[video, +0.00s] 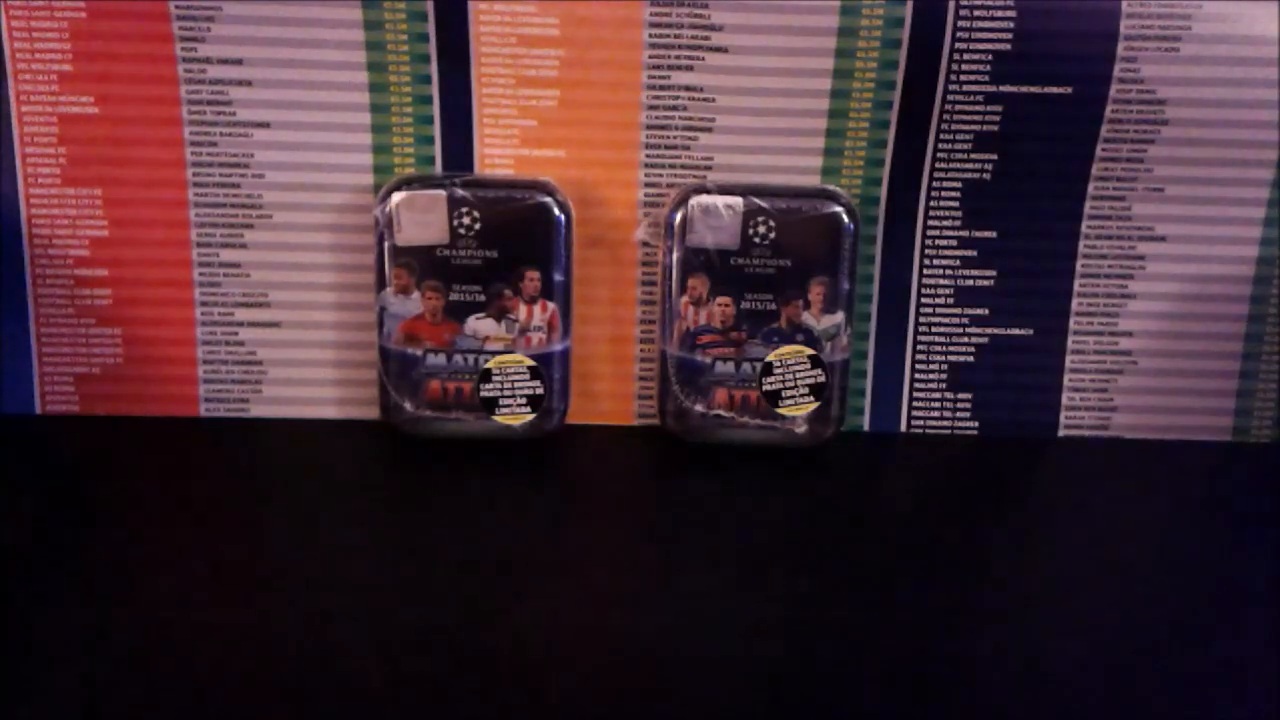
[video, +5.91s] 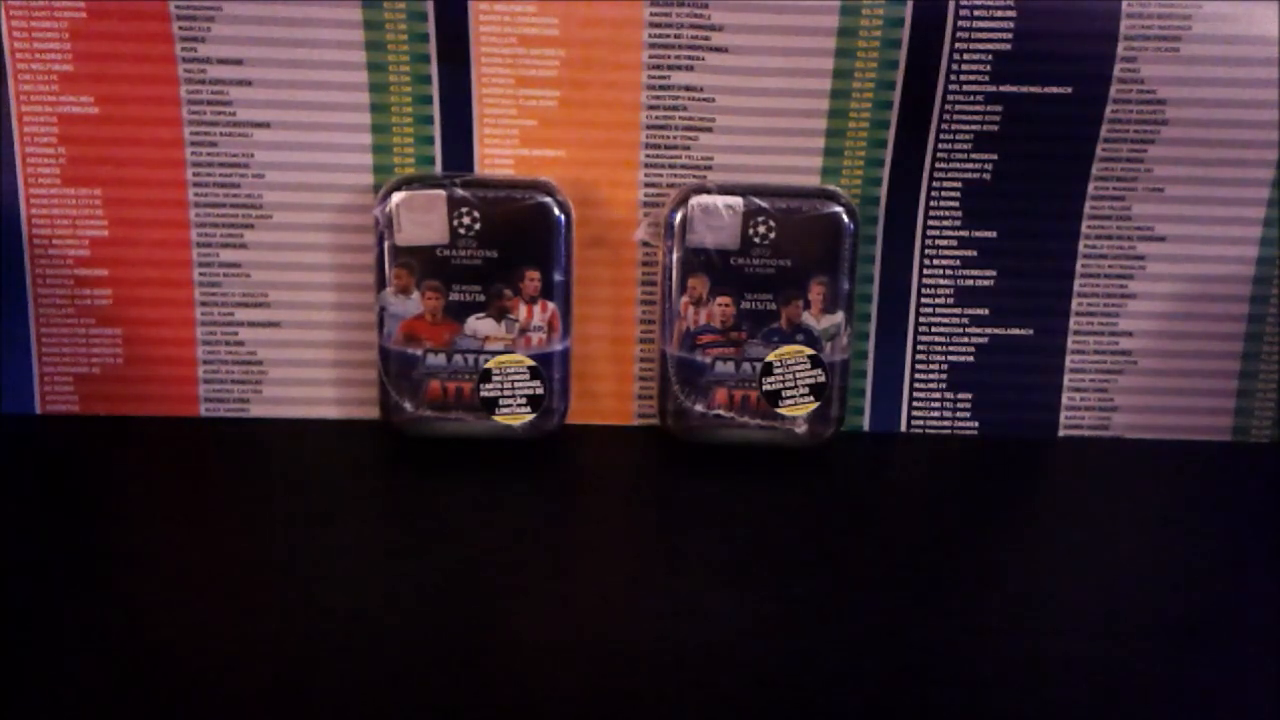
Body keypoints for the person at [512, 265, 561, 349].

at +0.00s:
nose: (536, 285)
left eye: (538, 280)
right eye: (531, 280)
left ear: (541, 283)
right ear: (521, 284)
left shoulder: (551, 308)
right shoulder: (512, 306)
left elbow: (556, 339)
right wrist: (520, 329)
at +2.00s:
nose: (536, 285)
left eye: (539, 281)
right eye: (531, 280)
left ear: (541, 283)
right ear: (521, 284)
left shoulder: (551, 308)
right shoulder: (511, 306)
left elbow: (556, 337)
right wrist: (521, 329)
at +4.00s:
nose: (536, 285)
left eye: (538, 281)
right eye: (531, 280)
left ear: (541, 283)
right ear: (521, 284)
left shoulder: (551, 308)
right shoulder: (511, 306)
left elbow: (556, 337)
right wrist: (520, 329)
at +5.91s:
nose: (536, 285)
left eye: (539, 281)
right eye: (531, 280)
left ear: (541, 283)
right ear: (521, 284)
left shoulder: (550, 308)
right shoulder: (512, 305)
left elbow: (556, 335)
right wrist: (520, 329)